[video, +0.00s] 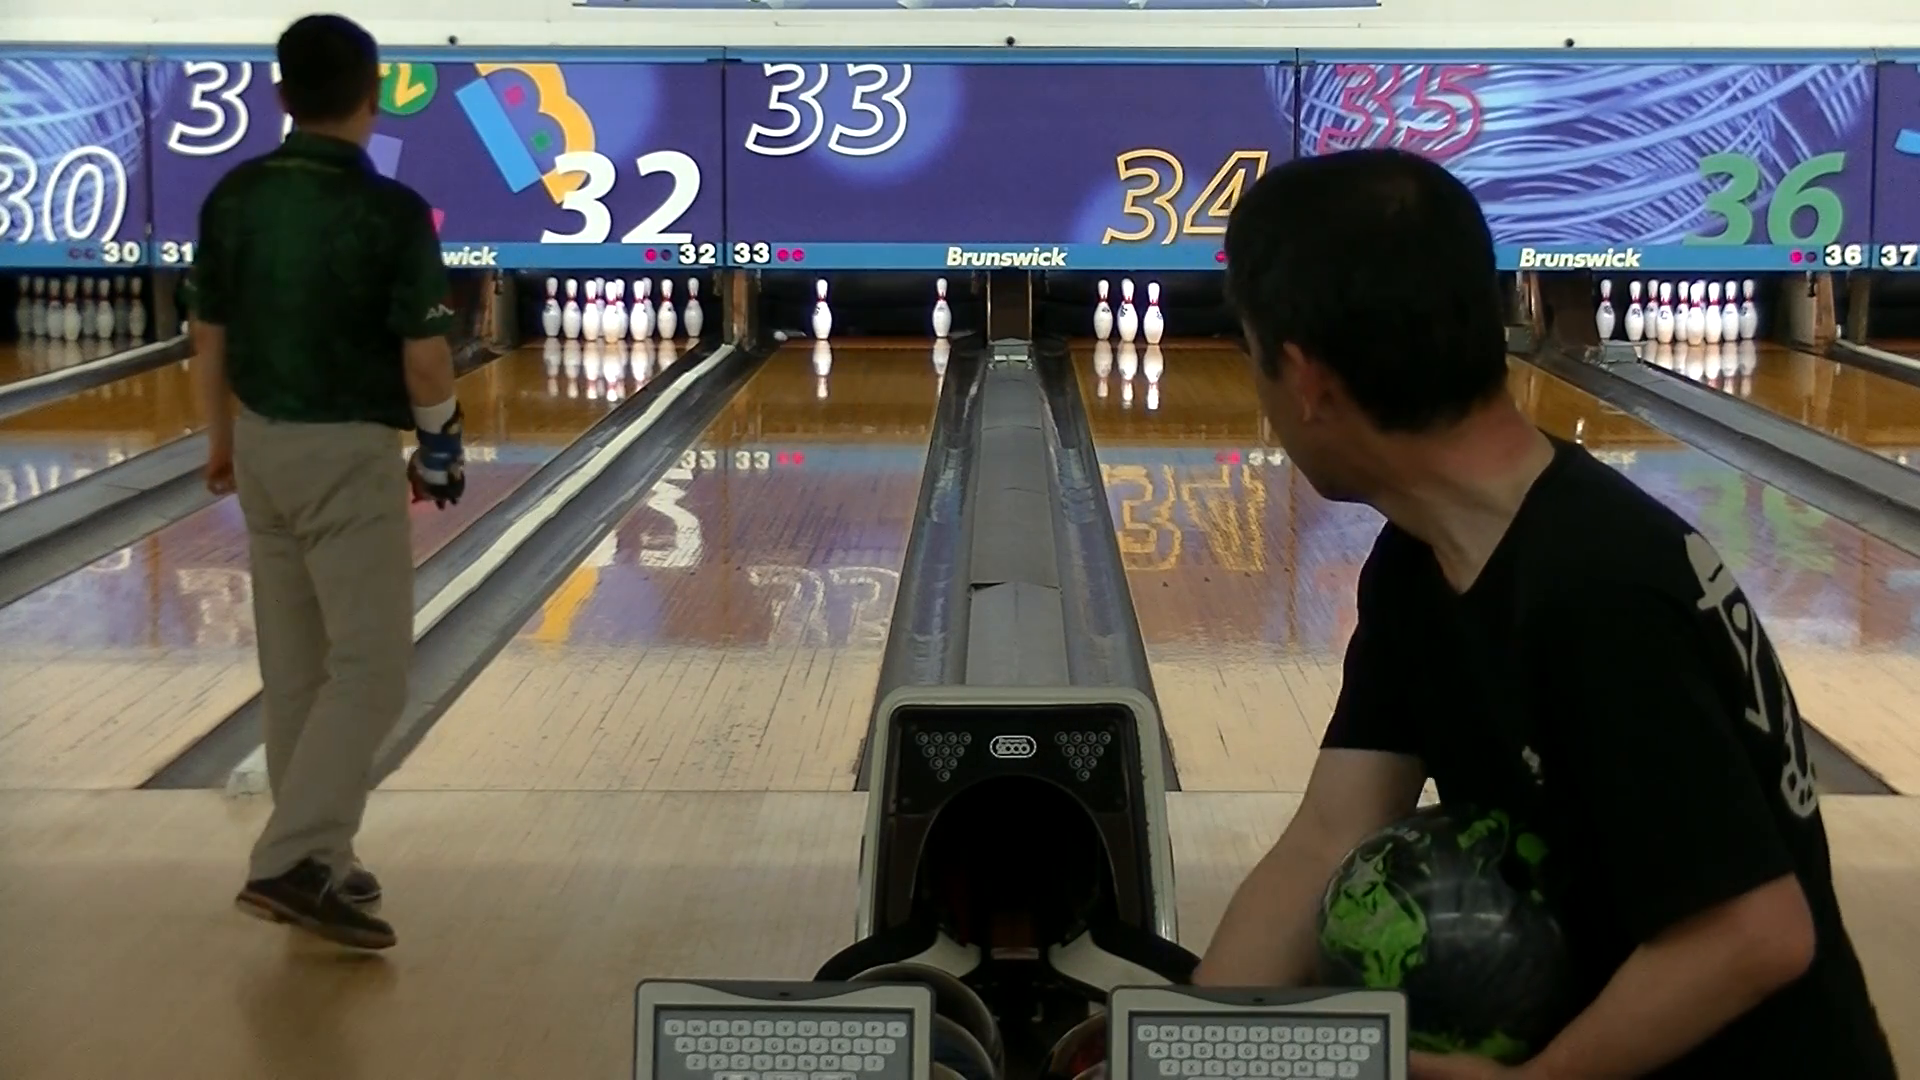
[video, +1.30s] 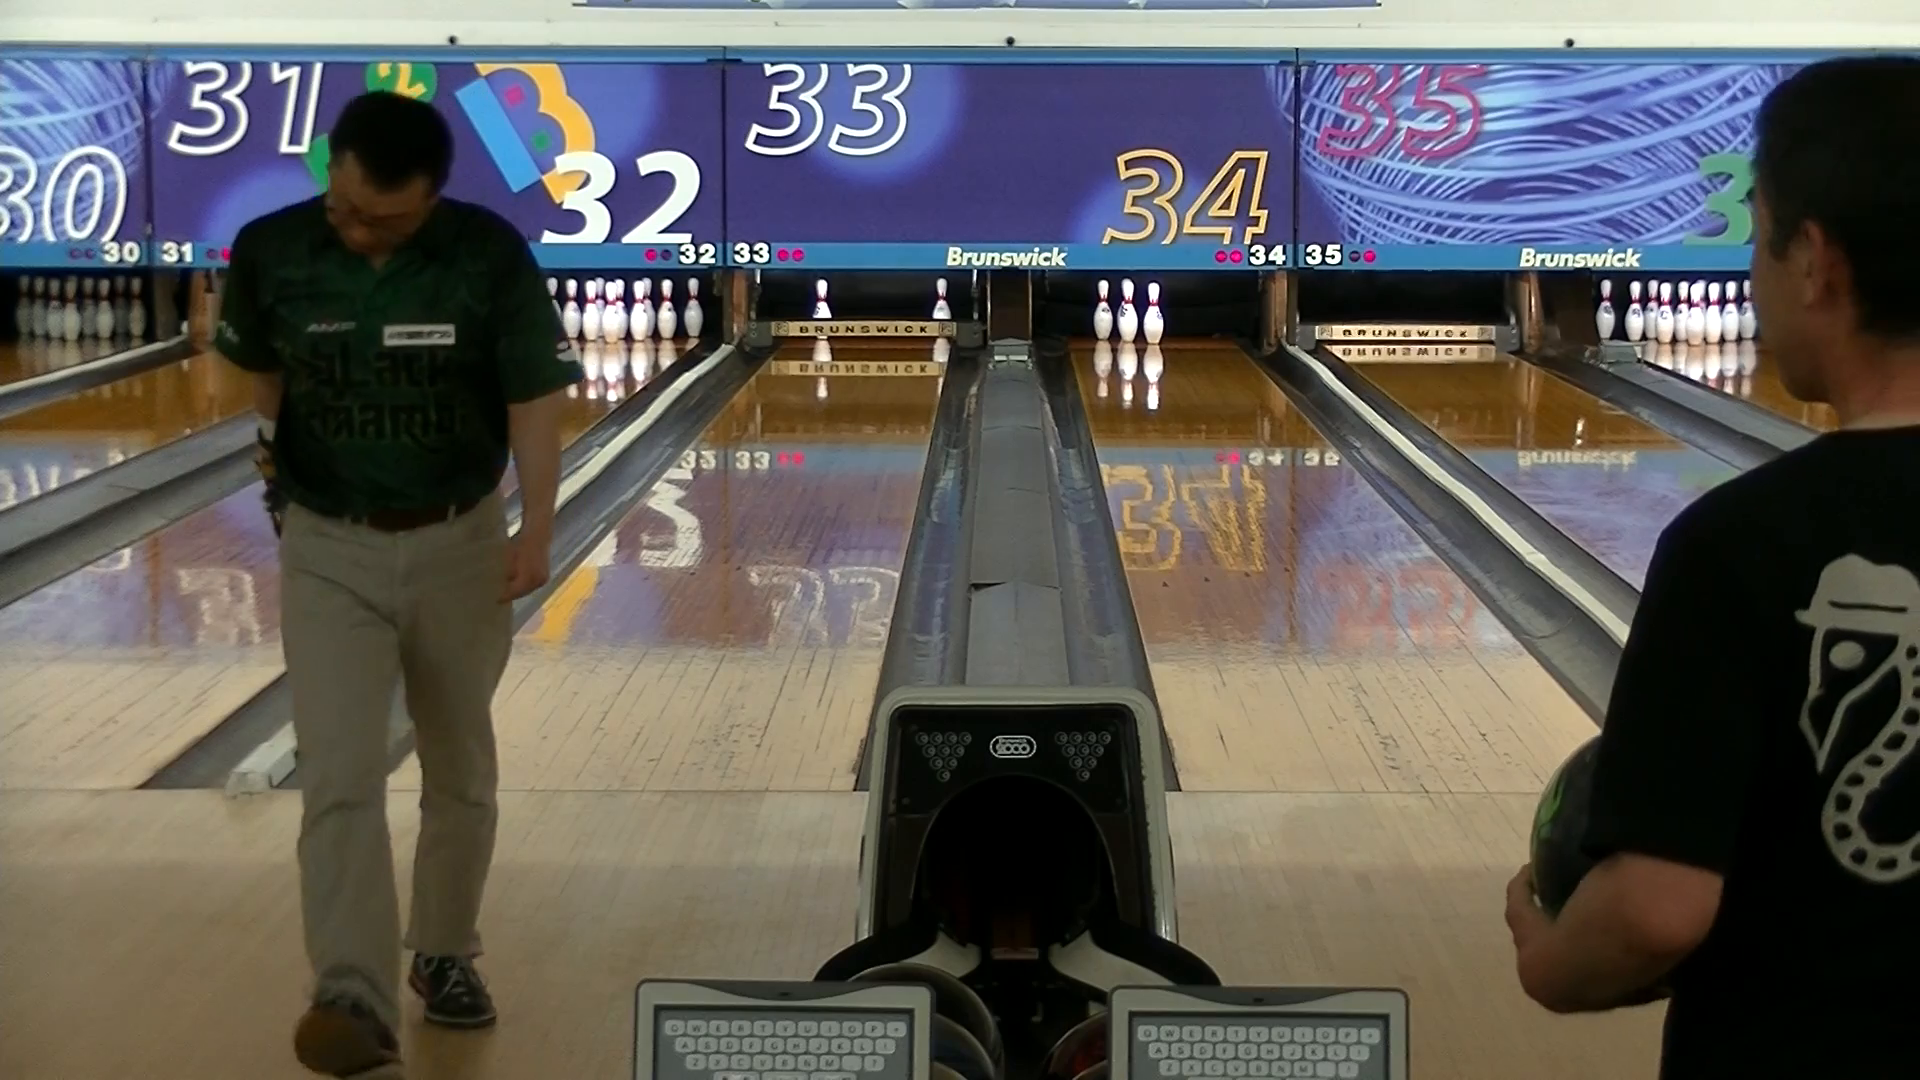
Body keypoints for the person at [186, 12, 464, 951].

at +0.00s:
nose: (381, 99)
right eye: (378, 86)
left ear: (284, 94)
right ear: (372, 93)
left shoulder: (232, 196)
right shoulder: (392, 211)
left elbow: (209, 336)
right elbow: (422, 354)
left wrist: (219, 438)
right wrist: (441, 435)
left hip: (260, 449)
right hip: (350, 452)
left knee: (292, 667)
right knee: (371, 666)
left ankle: (324, 872)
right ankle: (291, 859)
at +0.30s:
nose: (394, 108)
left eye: (388, 92)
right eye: (389, 92)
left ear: (304, 102)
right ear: (368, 99)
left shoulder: (264, 197)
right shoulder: (350, 214)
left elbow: (240, 336)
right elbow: (404, 371)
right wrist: (444, 447)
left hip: (288, 460)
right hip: (334, 468)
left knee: (360, 661)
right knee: (329, 676)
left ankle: (342, 852)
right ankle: (280, 894)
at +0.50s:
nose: (418, 137)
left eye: (420, 120)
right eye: (410, 118)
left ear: (361, 113)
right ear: (359, 109)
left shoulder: (354, 207)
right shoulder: (294, 212)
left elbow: (361, 355)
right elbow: (331, 369)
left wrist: (399, 468)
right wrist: (401, 487)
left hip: (374, 475)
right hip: (306, 480)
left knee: (440, 684)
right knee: (307, 702)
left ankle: (406, 877)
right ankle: (279, 892)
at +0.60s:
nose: (417, 160)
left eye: (425, 143)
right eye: (411, 139)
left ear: (381, 131)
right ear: (354, 121)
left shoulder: (385, 211)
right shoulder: (275, 221)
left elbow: (392, 357)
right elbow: (292, 368)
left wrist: (433, 465)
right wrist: (322, 486)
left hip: (404, 479)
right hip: (307, 489)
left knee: (451, 692)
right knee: (301, 704)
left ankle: (443, 902)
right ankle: (280, 891)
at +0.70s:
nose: (425, 177)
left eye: (434, 161)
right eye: (414, 157)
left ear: (432, 149)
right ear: (356, 132)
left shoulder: (417, 220)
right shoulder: (272, 227)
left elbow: (448, 344)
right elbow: (244, 359)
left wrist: (483, 461)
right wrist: (240, 448)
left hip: (418, 495)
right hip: (310, 505)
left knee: (448, 707)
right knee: (300, 716)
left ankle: (462, 914)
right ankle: (283, 892)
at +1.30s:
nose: (364, 232)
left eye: (389, 219)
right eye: (352, 209)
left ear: (433, 194)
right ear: (329, 171)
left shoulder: (488, 254)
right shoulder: (270, 252)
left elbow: (536, 398)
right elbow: (262, 384)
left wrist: (536, 527)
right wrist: (282, 471)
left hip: (460, 550)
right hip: (327, 552)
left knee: (461, 770)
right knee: (339, 781)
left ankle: (448, 954)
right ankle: (351, 996)